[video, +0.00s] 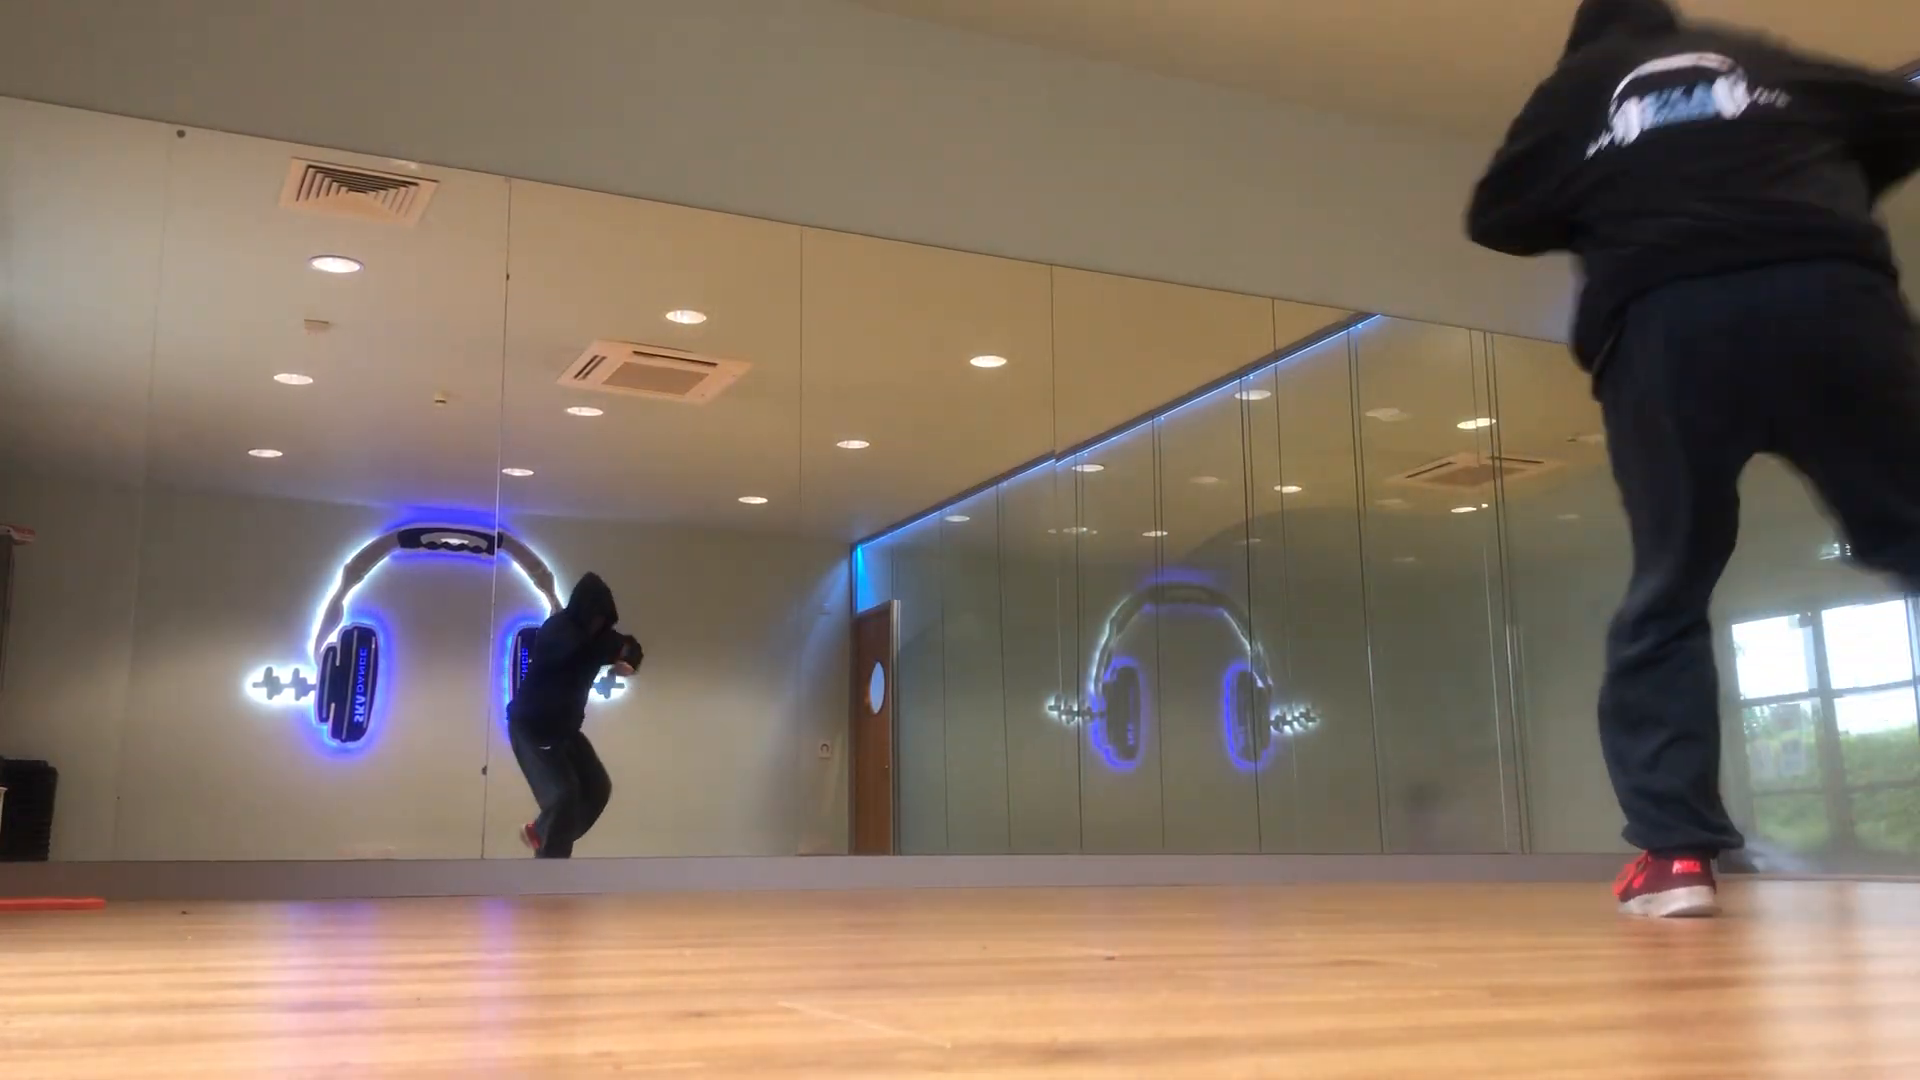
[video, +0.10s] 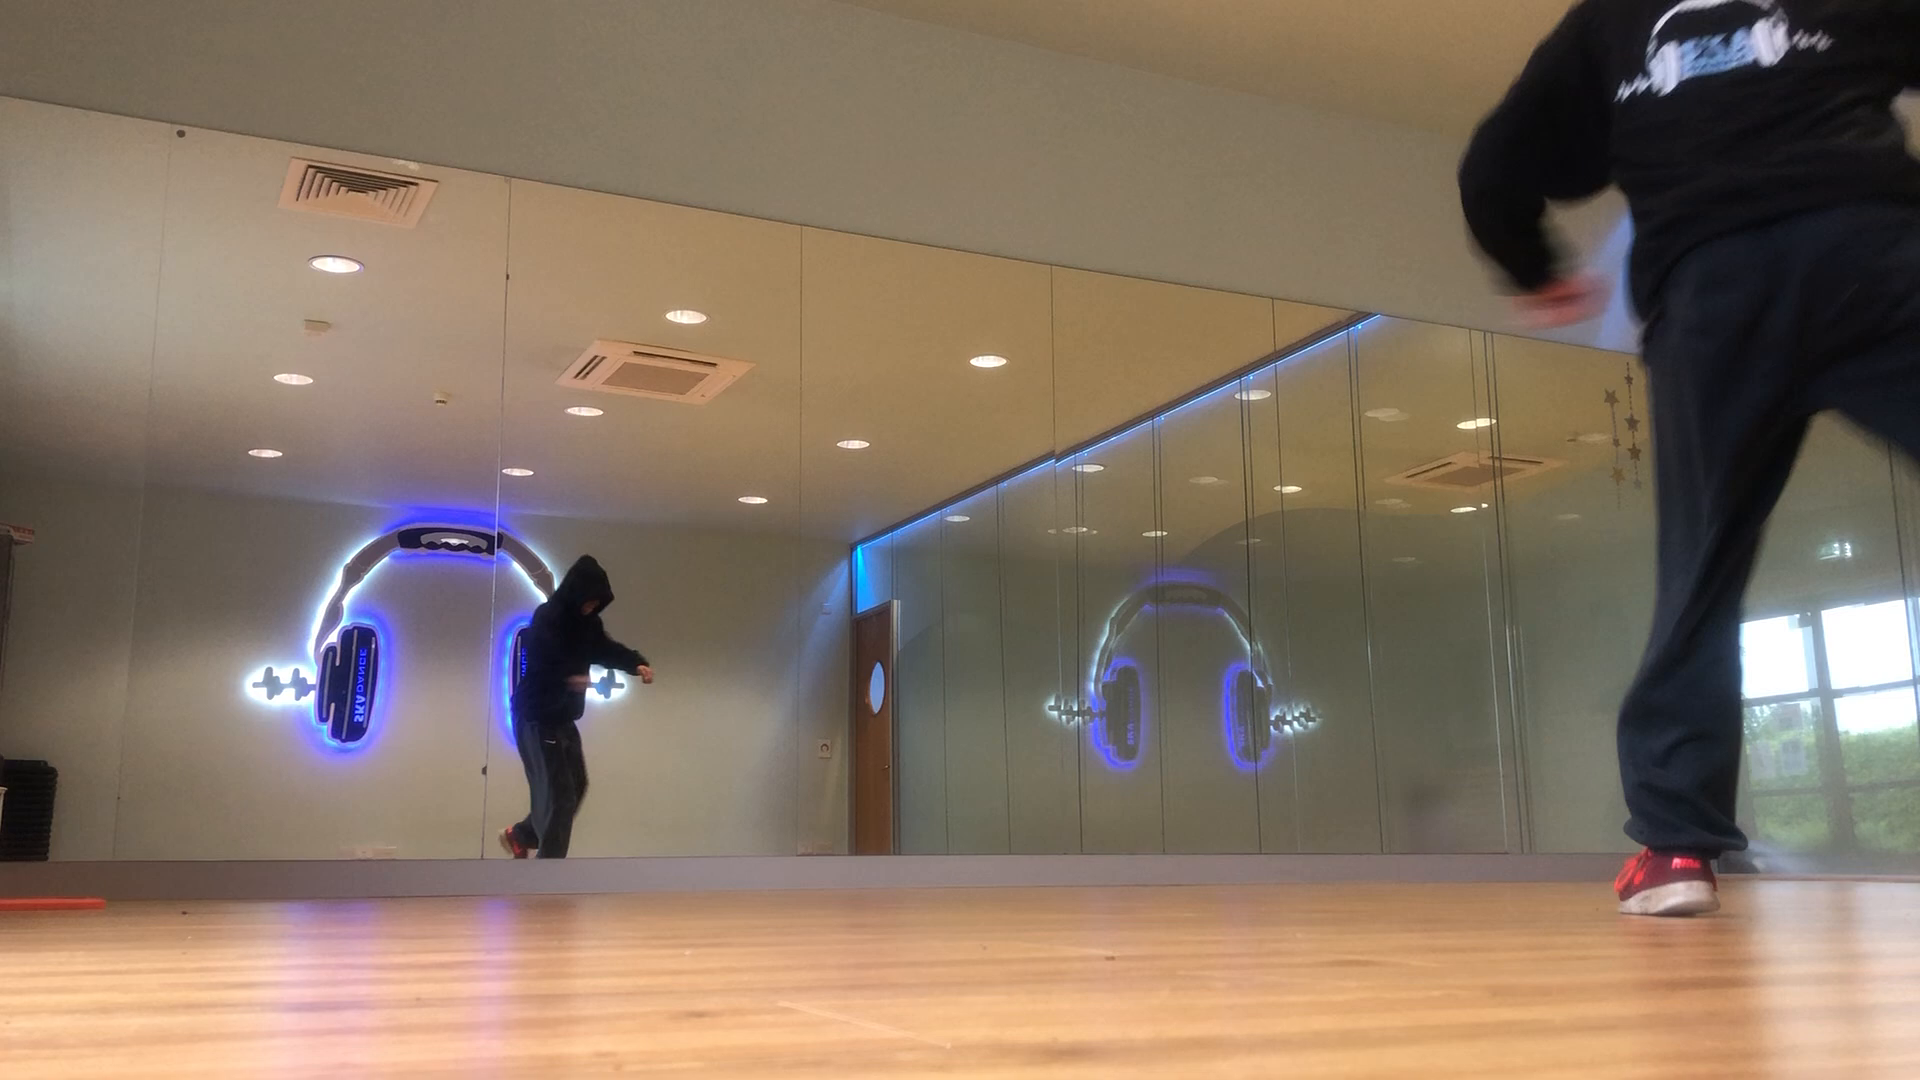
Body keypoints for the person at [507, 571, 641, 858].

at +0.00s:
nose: (598, 626)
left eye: (603, 621)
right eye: (594, 619)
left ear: (606, 618)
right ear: (581, 611)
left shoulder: (601, 636)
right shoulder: (555, 629)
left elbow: (629, 647)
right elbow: (575, 653)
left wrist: (628, 662)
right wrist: (611, 647)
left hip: (565, 730)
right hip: (530, 730)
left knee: (598, 788)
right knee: (563, 796)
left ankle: (540, 832)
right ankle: (550, 873)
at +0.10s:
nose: (594, 606)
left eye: (597, 601)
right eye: (591, 599)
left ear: (597, 600)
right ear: (577, 592)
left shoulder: (586, 622)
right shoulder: (548, 617)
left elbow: (604, 648)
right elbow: (538, 671)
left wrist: (635, 664)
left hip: (563, 718)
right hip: (535, 719)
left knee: (576, 786)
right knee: (556, 791)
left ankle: (521, 836)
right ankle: (547, 868)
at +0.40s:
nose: (589, 643)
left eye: (593, 639)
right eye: (590, 636)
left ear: (569, 625)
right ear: (580, 630)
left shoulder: (556, 650)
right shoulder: (547, 648)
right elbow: (509, 681)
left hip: (520, 743)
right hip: (523, 742)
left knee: (536, 814)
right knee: (558, 798)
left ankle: (499, 871)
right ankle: (546, 872)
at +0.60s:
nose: (588, 639)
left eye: (591, 635)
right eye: (586, 632)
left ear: (591, 636)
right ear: (576, 626)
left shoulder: (574, 664)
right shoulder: (536, 641)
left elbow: (583, 696)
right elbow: (521, 668)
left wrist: (622, 693)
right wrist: (563, 657)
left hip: (529, 746)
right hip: (509, 739)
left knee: (527, 816)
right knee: (545, 793)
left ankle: (495, 875)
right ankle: (550, 872)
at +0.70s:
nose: (576, 610)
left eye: (581, 605)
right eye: (572, 603)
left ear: (583, 607)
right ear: (559, 601)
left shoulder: (579, 637)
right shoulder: (529, 631)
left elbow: (606, 679)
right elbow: (514, 672)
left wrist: (596, 683)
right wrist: (560, 665)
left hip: (557, 727)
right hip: (524, 724)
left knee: (548, 799)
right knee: (543, 795)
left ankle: (502, 858)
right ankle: (550, 869)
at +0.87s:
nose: (550, 595)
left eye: (556, 588)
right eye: (545, 588)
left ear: (565, 590)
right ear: (536, 590)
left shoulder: (585, 621)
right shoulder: (522, 624)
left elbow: (605, 670)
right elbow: (510, 672)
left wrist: (562, 671)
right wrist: (543, 651)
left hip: (582, 720)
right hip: (540, 722)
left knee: (600, 785)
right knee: (550, 796)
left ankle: (570, 798)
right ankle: (549, 869)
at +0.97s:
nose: (536, 594)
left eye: (541, 587)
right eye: (531, 589)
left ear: (553, 586)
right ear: (524, 591)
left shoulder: (576, 608)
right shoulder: (524, 620)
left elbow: (585, 650)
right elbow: (508, 653)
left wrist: (529, 655)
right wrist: (534, 625)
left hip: (591, 696)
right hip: (552, 706)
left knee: (578, 750)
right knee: (555, 783)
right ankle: (570, 856)